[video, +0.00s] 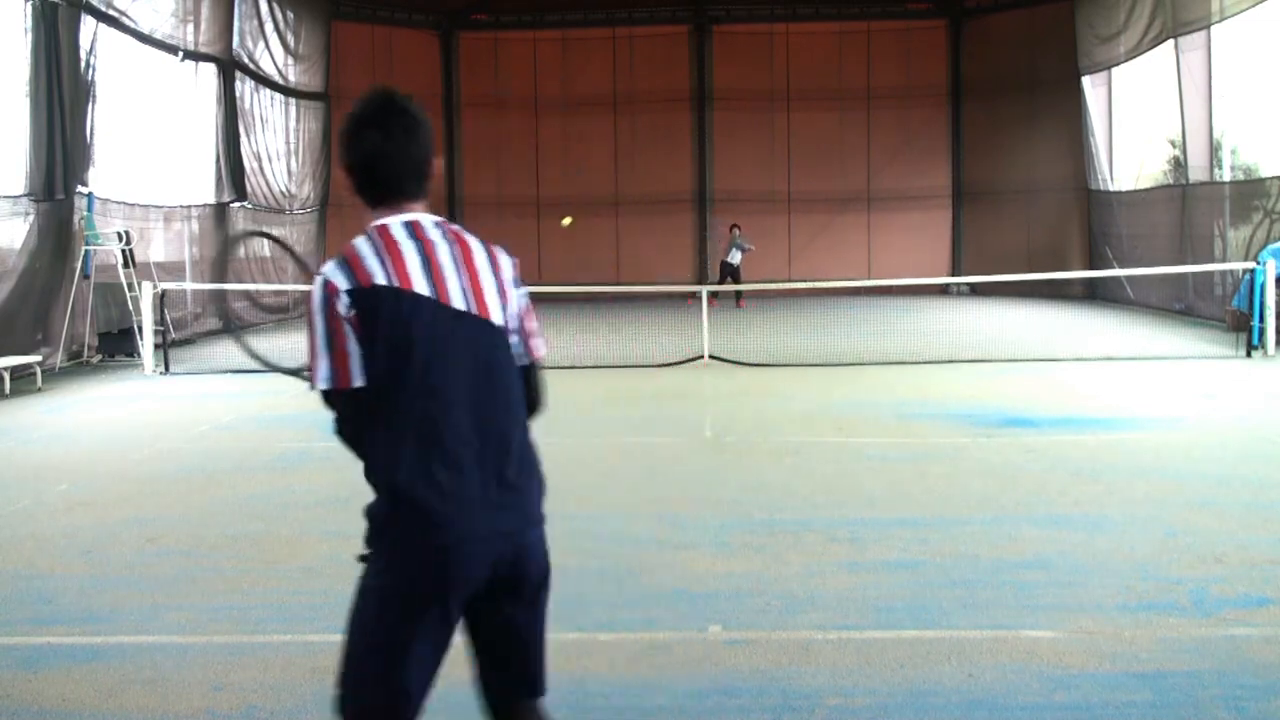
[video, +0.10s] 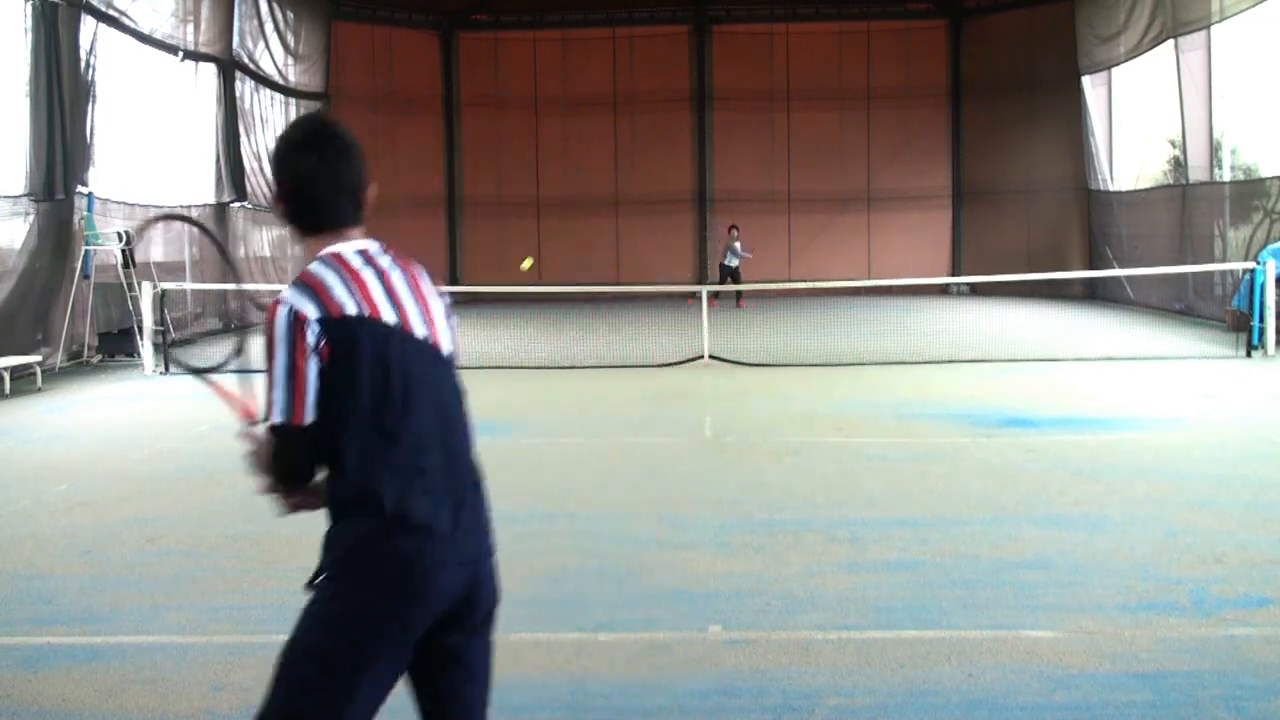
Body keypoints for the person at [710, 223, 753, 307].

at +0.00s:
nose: (736, 233)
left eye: (737, 231)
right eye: (734, 231)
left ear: (739, 232)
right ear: (731, 233)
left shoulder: (739, 243)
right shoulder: (732, 241)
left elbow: (741, 251)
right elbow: (739, 245)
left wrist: (747, 249)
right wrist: (747, 248)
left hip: (735, 265)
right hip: (727, 263)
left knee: (738, 283)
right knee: (721, 281)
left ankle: (738, 301)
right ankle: (713, 297)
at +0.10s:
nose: (734, 234)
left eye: (735, 232)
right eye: (732, 232)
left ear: (738, 233)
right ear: (729, 233)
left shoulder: (738, 243)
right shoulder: (729, 243)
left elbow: (736, 253)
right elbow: (737, 253)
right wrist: (748, 256)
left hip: (734, 266)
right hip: (725, 265)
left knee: (738, 284)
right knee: (722, 283)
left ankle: (738, 301)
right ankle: (713, 298)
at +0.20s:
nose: (731, 233)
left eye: (733, 231)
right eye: (729, 231)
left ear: (735, 232)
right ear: (727, 233)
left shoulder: (736, 242)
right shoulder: (727, 242)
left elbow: (735, 253)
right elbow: (728, 254)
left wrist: (738, 258)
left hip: (731, 264)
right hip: (723, 264)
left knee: (736, 282)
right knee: (721, 282)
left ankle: (738, 300)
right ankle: (715, 298)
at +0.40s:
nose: (725, 233)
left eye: (726, 231)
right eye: (723, 231)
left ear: (728, 233)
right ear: (720, 233)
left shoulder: (730, 243)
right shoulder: (717, 242)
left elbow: (730, 254)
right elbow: (717, 257)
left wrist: (740, 252)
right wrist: (728, 257)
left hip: (727, 265)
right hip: (717, 265)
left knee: (732, 283)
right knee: (718, 283)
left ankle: (732, 301)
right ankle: (715, 300)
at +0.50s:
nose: (722, 230)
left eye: (724, 227)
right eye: (721, 227)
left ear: (727, 229)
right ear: (718, 229)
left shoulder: (729, 239)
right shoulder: (715, 239)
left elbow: (730, 251)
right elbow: (710, 251)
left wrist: (736, 249)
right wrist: (721, 254)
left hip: (725, 263)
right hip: (715, 262)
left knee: (727, 282)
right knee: (715, 281)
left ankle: (723, 299)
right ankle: (714, 299)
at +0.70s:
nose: (719, 232)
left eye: (721, 229)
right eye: (717, 229)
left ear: (723, 231)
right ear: (715, 231)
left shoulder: (727, 241)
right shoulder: (710, 241)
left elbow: (731, 252)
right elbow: (707, 252)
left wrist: (726, 254)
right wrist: (713, 256)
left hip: (722, 264)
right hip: (711, 263)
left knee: (721, 283)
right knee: (708, 281)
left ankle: (718, 300)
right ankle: (705, 299)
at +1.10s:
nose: (708, 235)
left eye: (709, 232)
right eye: (706, 232)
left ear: (712, 234)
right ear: (704, 234)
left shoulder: (717, 243)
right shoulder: (700, 244)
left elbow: (722, 253)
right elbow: (697, 255)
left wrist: (715, 258)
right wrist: (702, 260)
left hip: (715, 266)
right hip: (704, 266)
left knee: (721, 283)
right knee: (699, 282)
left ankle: (726, 299)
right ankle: (695, 297)